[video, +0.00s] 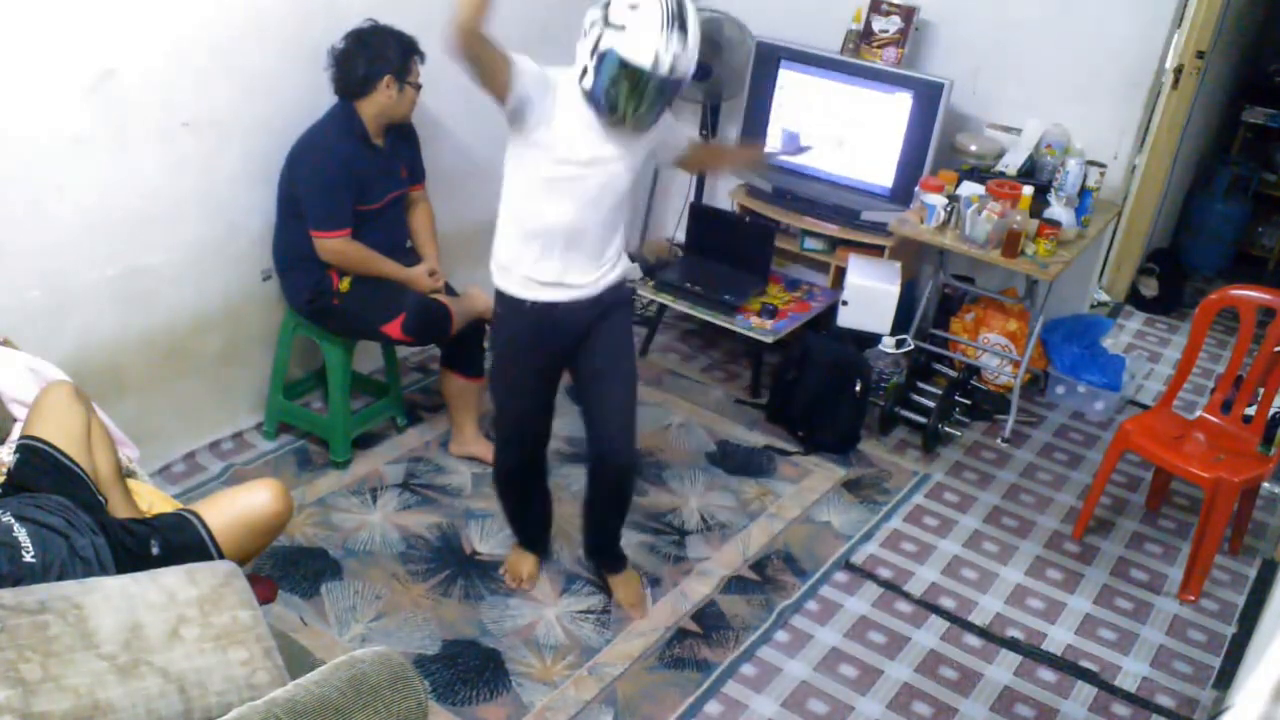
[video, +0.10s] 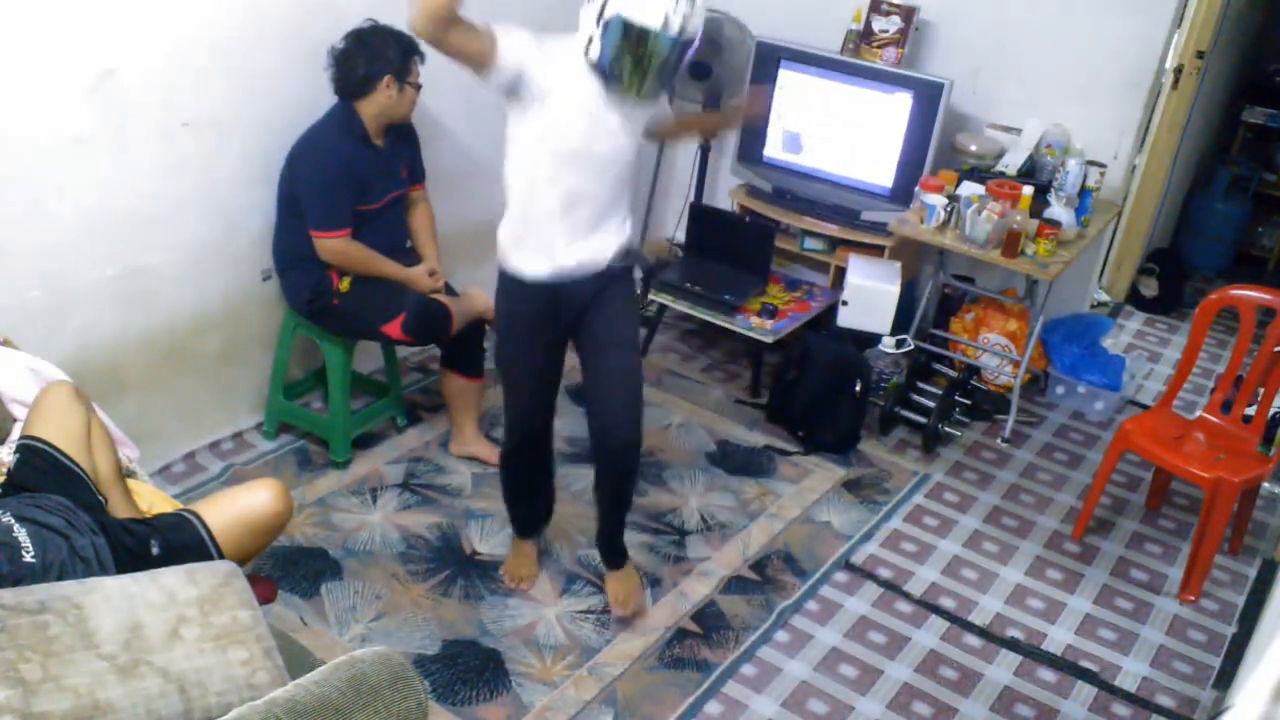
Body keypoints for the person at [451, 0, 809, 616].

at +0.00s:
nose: (636, 102)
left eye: (654, 89)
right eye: (627, 81)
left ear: (671, 80)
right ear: (595, 54)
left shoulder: (655, 126)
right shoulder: (538, 90)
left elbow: (702, 157)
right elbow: (466, 39)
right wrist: (482, 0)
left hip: (604, 306)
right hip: (525, 306)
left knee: (616, 450)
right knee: (517, 449)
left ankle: (606, 554)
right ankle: (529, 541)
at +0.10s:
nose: (639, 52)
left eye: (653, 43)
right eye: (630, 34)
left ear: (662, 47)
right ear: (601, 24)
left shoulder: (641, 94)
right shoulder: (539, 62)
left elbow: (667, 127)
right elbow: (434, 26)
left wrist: (729, 116)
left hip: (606, 283)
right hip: (528, 283)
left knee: (620, 428)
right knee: (526, 424)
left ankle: (613, 552)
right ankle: (525, 533)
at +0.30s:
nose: (607, 42)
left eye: (620, 31)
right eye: (594, 26)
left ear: (633, 31)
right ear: (567, 20)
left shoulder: (632, 65)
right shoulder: (522, 65)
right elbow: (462, 18)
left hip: (612, 287)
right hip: (529, 289)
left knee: (619, 451)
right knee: (507, 447)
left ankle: (610, 574)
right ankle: (485, 585)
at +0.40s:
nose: (587, 126)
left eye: (604, 109)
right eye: (569, 108)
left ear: (626, 94)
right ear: (538, 93)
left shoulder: (632, 121)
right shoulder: (511, 132)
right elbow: (490, 61)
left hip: (608, 346)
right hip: (522, 344)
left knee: (621, 502)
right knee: (474, 490)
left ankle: (606, 586)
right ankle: (479, 598)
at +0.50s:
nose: (583, 93)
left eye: (596, 76)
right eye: (565, 77)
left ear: (621, 66)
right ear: (534, 75)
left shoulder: (644, 95)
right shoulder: (516, 120)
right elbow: (471, 94)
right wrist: (517, 4)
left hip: (624, 321)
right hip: (538, 323)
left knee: (629, 489)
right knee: (499, 477)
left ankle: (615, 575)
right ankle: (479, 597)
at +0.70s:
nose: (582, 86)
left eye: (595, 70)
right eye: (569, 71)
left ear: (631, 42)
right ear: (555, 51)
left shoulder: (706, 78)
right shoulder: (555, 79)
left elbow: (833, 125)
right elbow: (527, 183)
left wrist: (873, 57)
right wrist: (503, 287)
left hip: (665, 302)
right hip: (595, 289)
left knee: (642, 458)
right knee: (552, 429)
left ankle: (663, 592)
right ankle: (546, 554)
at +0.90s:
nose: (655, 97)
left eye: (657, 81)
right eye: (647, 86)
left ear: (701, 75)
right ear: (654, 95)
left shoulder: (748, 151)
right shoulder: (675, 165)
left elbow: (702, 57)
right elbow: (626, 250)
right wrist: (561, 305)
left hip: (696, 360)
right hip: (640, 335)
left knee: (663, 499)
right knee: (580, 438)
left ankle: (672, 606)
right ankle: (617, 545)